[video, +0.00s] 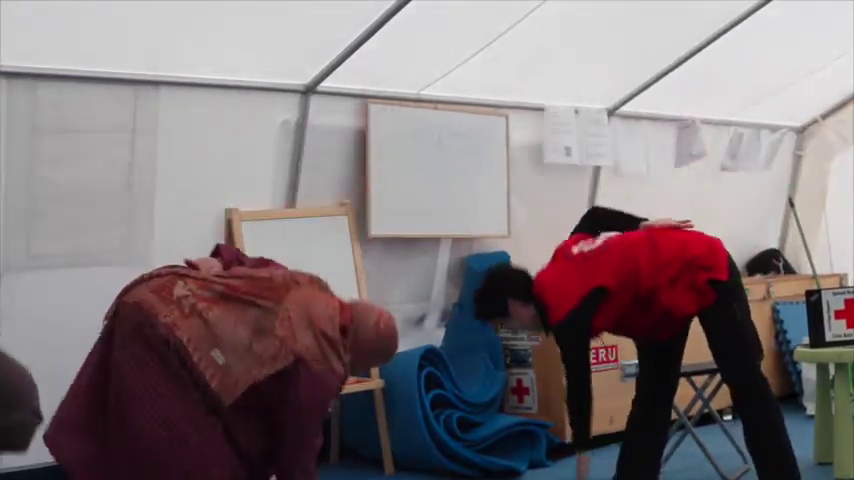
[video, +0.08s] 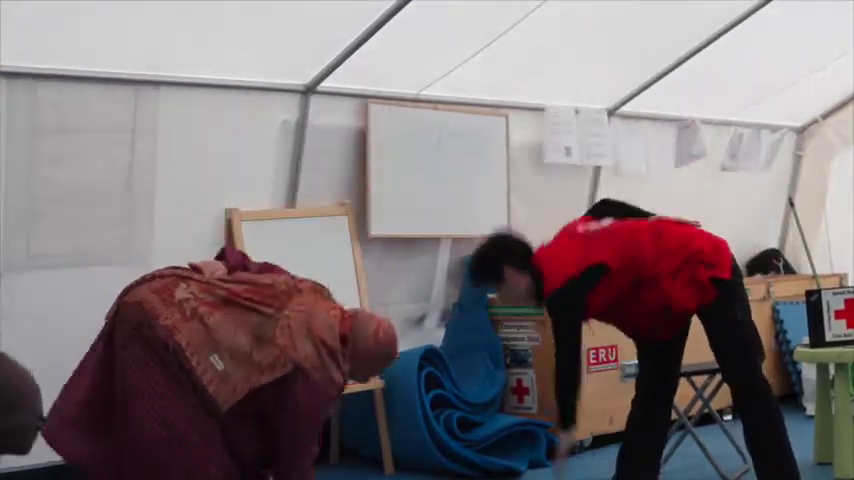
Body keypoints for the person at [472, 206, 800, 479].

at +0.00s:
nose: (512, 328)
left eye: (506, 320)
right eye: (505, 323)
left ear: (516, 304)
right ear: (519, 295)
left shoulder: (566, 311)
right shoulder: (561, 262)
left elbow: (579, 387)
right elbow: (594, 215)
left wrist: (582, 456)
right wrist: (646, 226)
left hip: (705, 268)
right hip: (660, 293)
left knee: (747, 385)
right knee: (652, 399)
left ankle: (780, 470)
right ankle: (635, 472)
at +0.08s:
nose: (504, 295)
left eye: (501, 284)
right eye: (497, 288)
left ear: (517, 269)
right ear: (518, 265)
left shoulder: (562, 282)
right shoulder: (558, 249)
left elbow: (568, 359)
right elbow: (606, 206)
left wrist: (567, 427)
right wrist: (662, 226)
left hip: (706, 268)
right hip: (659, 291)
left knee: (746, 381)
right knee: (652, 400)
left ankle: (780, 473)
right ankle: (635, 475)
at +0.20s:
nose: (497, 238)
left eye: (497, 226)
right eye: (493, 230)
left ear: (517, 212)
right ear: (517, 214)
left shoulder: (566, 229)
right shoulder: (556, 231)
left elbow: (558, 311)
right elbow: (556, 311)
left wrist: (545, 380)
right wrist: (545, 374)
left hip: (707, 270)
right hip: (657, 290)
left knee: (746, 385)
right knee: (648, 400)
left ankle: (777, 475)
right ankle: (633, 476)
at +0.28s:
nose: (504, 193)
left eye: (507, 181)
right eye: (500, 184)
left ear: (531, 170)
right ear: (528, 174)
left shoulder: (573, 191)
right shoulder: (557, 202)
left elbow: (557, 274)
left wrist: (536, 341)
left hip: (703, 270)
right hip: (650, 289)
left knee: (744, 386)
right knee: (645, 403)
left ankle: (777, 473)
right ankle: (631, 474)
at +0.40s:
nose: (525, 139)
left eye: (529, 127)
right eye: (522, 131)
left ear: (557, 117)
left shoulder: (596, 144)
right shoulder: (574, 178)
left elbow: (580, 216)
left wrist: (547, 283)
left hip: (696, 269)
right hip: (644, 286)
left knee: (739, 387)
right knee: (638, 402)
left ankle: (775, 473)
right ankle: (628, 474)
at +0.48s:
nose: (543, 113)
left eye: (547, 102)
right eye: (540, 106)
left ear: (577, 95)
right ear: (569, 102)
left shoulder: (616, 125)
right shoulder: (578, 169)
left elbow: (604, 190)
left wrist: (574, 251)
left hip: (689, 270)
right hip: (638, 287)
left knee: (736, 387)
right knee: (634, 406)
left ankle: (774, 475)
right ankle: (627, 476)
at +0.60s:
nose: (569, 94)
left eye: (575, 82)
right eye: (567, 85)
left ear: (608, 80)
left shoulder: (648, 113)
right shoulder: (586, 162)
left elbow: (657, 173)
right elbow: (605, 228)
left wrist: (642, 233)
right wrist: (604, 282)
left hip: (688, 273)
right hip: (629, 288)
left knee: (734, 387)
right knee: (630, 408)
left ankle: (772, 475)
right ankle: (623, 477)